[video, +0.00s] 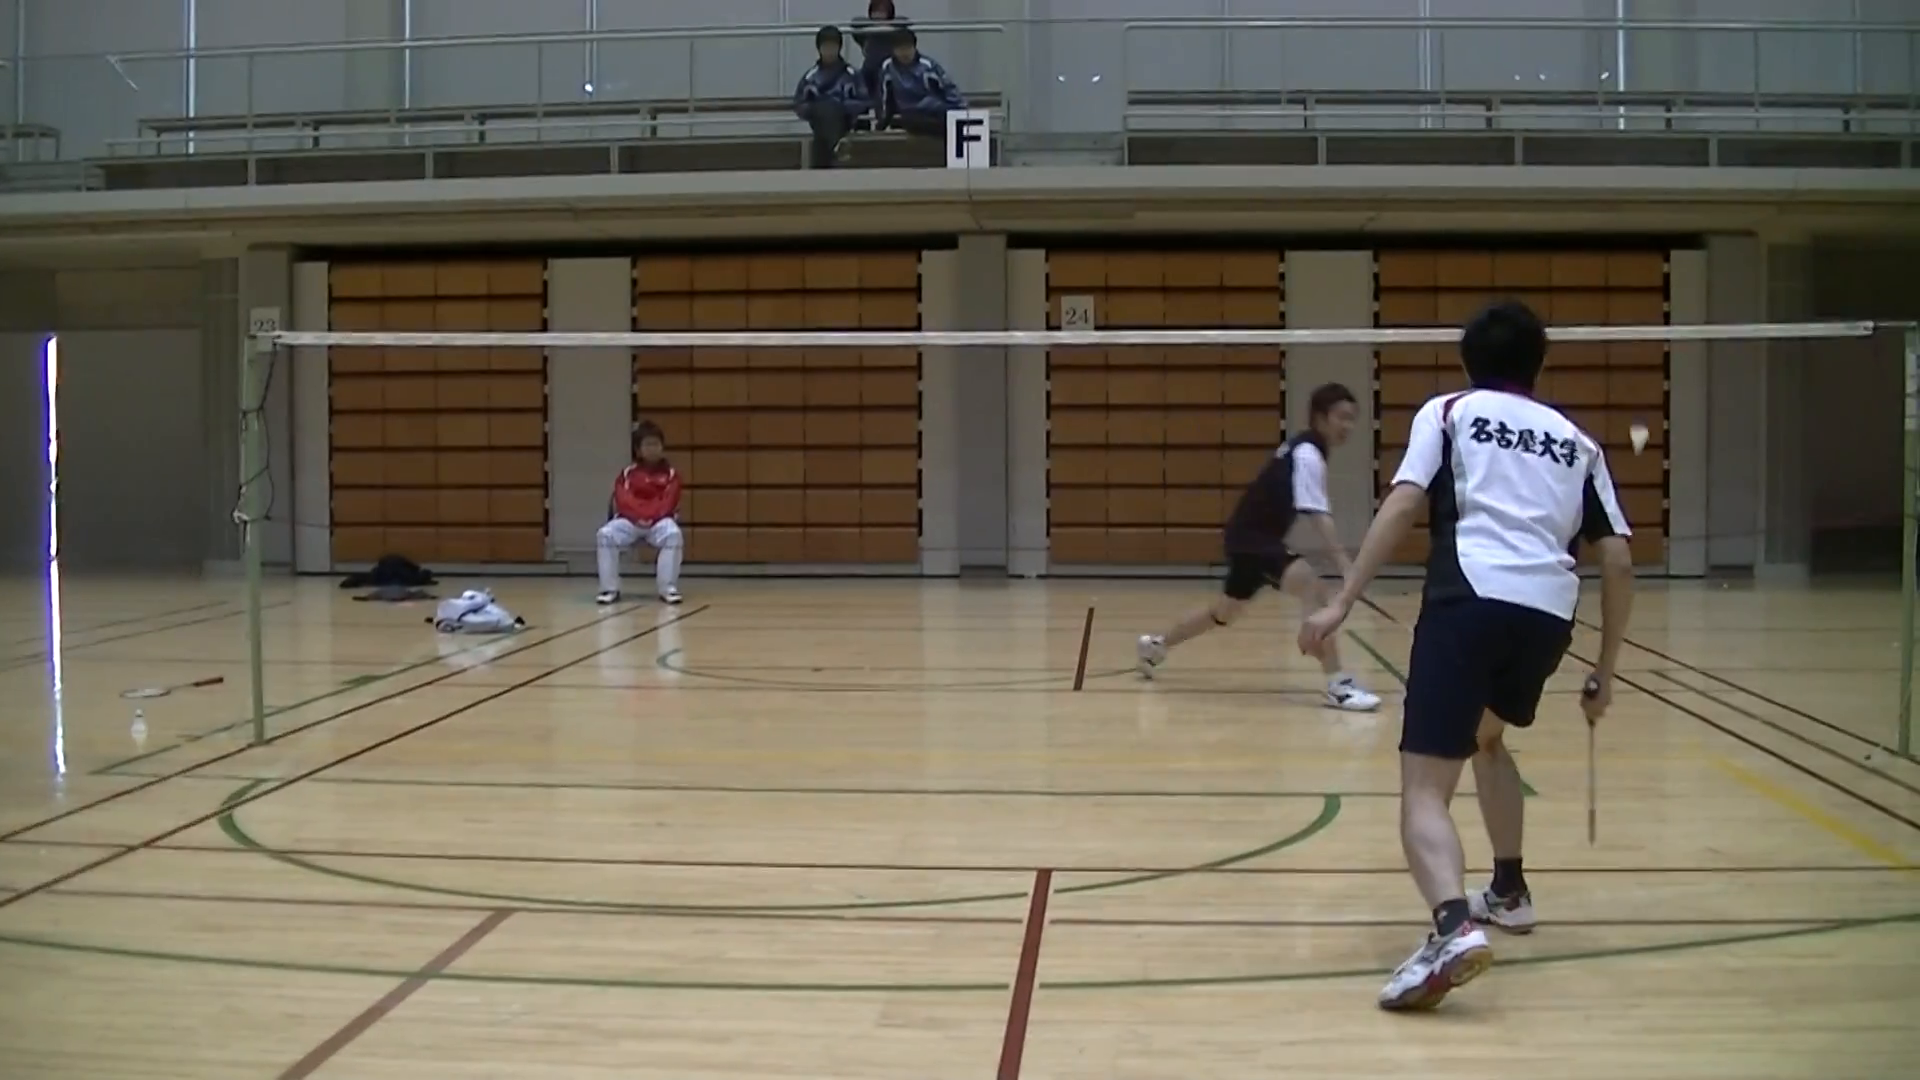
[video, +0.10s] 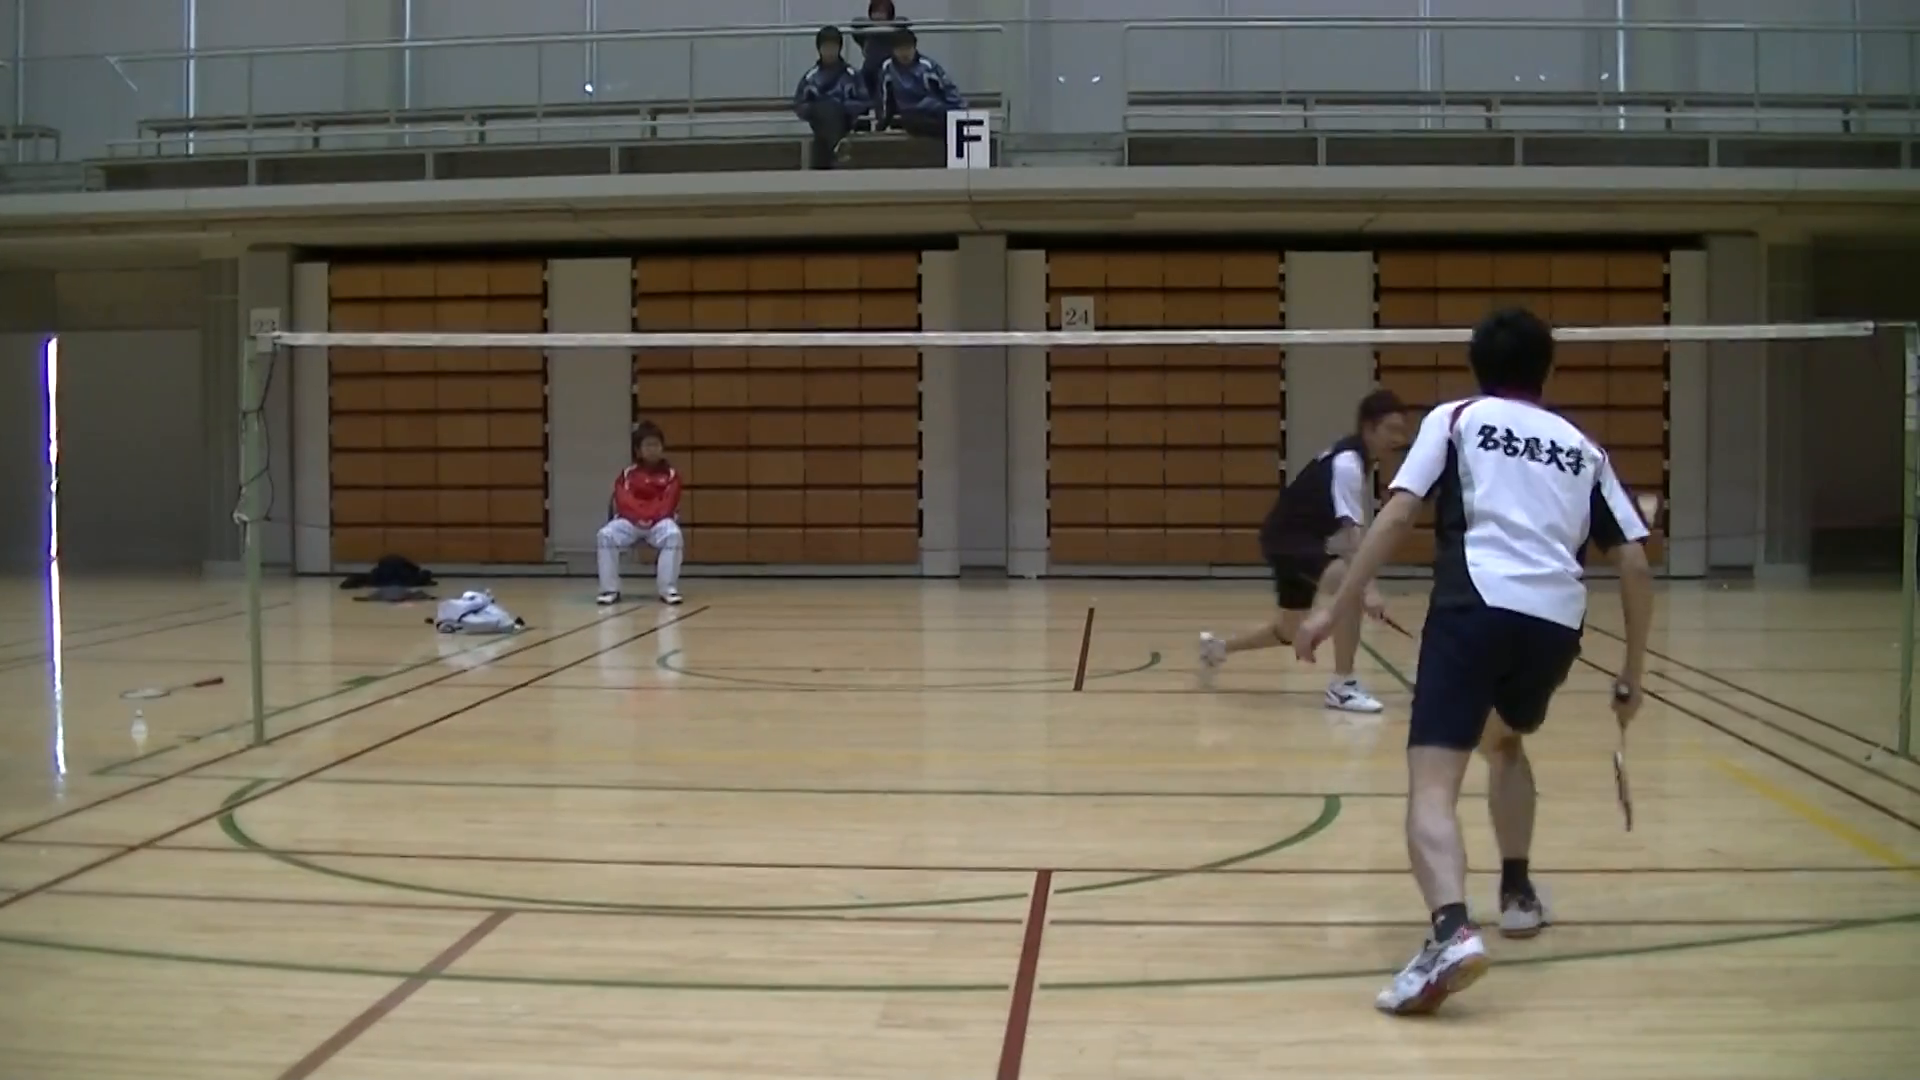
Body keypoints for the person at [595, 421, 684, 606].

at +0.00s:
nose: (653, 449)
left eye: (656, 444)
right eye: (648, 445)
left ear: (662, 447)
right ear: (638, 450)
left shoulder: (670, 474)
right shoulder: (628, 473)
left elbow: (669, 503)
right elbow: (623, 501)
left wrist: (652, 518)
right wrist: (638, 516)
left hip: (659, 520)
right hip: (630, 520)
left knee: (673, 536)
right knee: (606, 535)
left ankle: (668, 587)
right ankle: (609, 589)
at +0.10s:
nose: (653, 450)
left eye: (657, 444)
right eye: (648, 445)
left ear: (662, 448)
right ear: (638, 450)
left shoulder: (670, 475)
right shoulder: (628, 474)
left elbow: (668, 503)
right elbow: (623, 501)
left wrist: (652, 518)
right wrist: (638, 517)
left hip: (659, 521)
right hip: (630, 521)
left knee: (673, 536)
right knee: (606, 536)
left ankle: (668, 588)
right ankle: (610, 590)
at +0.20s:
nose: (653, 450)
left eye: (656, 445)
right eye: (647, 446)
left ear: (663, 448)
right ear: (638, 450)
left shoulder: (671, 476)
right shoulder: (628, 474)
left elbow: (668, 505)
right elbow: (624, 502)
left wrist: (652, 519)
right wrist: (639, 517)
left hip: (659, 521)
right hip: (630, 521)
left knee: (674, 536)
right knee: (606, 536)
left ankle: (668, 588)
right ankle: (610, 590)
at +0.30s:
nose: (654, 450)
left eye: (657, 445)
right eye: (648, 446)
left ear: (663, 448)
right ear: (639, 450)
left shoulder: (672, 475)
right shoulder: (628, 474)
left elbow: (669, 505)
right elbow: (624, 503)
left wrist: (652, 519)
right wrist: (640, 517)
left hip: (660, 521)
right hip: (631, 521)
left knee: (675, 537)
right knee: (607, 536)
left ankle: (669, 588)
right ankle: (611, 590)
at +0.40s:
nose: (654, 450)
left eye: (658, 445)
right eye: (649, 446)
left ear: (664, 448)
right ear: (640, 450)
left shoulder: (672, 476)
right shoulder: (629, 475)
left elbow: (669, 505)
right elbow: (625, 503)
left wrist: (653, 519)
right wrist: (641, 517)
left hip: (660, 521)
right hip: (632, 521)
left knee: (675, 537)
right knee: (607, 536)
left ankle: (669, 588)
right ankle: (611, 590)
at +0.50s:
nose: (655, 451)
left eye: (658, 446)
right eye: (650, 446)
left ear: (664, 449)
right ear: (640, 451)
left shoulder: (673, 476)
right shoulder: (630, 475)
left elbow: (670, 505)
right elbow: (625, 502)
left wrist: (653, 519)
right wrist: (641, 517)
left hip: (661, 521)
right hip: (632, 521)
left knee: (676, 537)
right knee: (608, 537)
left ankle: (670, 588)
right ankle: (612, 591)